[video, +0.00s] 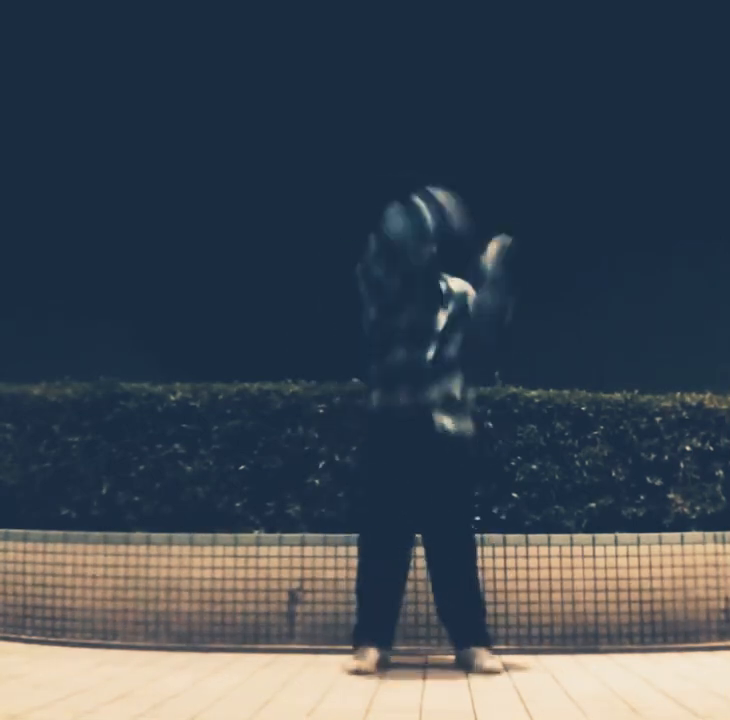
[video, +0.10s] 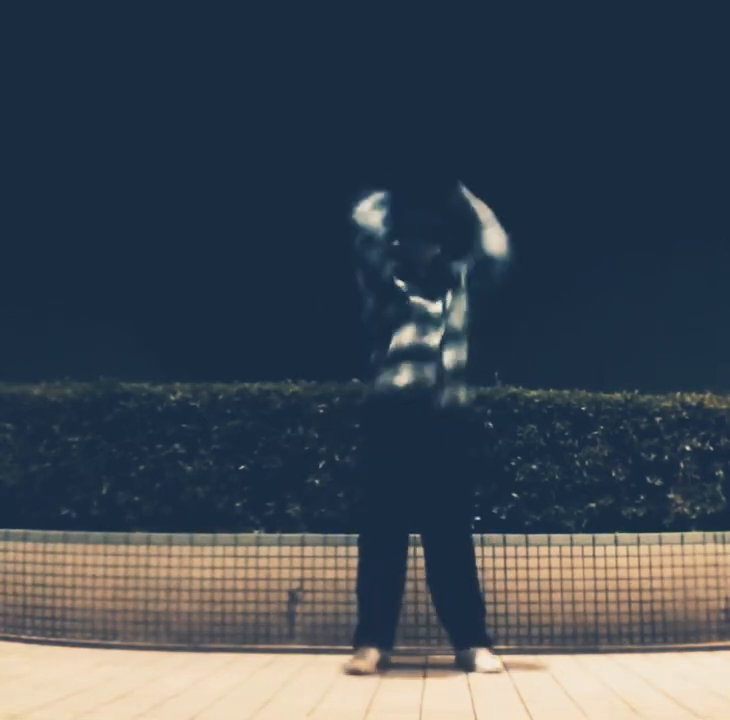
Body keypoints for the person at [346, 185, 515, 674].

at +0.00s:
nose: (409, 251)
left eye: (419, 240)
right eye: (401, 240)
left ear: (437, 242)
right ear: (389, 242)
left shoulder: (458, 292)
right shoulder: (379, 292)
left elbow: (489, 328)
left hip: (448, 427)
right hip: (390, 427)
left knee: (453, 536)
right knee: (383, 536)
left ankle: (471, 643)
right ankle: (371, 642)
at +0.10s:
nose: (427, 245)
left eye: (436, 236)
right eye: (417, 235)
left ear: (450, 239)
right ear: (399, 240)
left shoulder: (466, 278)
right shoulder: (383, 279)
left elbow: (497, 250)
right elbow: (365, 227)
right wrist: (390, 195)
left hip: (449, 415)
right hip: (390, 413)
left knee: (451, 528)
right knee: (382, 529)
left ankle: (472, 643)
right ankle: (372, 642)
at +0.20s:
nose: (426, 250)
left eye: (434, 242)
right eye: (416, 241)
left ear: (448, 248)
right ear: (401, 247)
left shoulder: (460, 291)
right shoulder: (384, 288)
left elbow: (488, 269)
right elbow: (356, 325)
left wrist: (457, 247)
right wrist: (363, 267)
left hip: (451, 426)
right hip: (391, 428)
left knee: (456, 532)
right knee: (382, 532)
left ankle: (471, 643)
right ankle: (372, 643)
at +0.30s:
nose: (412, 255)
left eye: (420, 245)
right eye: (402, 244)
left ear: (433, 247)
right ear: (386, 246)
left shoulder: (462, 291)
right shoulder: (368, 294)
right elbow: (358, 360)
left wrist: (462, 309)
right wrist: (376, 304)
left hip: (454, 431)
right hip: (391, 434)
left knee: (460, 535)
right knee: (383, 536)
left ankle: (471, 644)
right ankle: (372, 645)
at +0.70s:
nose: (412, 258)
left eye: (421, 248)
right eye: (402, 248)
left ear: (434, 233)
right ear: (388, 236)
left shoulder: (460, 262)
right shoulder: (368, 265)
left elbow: (489, 303)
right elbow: (335, 325)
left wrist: (461, 325)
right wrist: (368, 336)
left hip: (451, 418)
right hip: (383, 417)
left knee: (460, 516)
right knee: (376, 517)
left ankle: (447, 622)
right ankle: (372, 627)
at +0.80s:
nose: (405, 265)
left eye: (414, 256)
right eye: (397, 256)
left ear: (430, 251)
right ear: (383, 254)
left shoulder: (454, 293)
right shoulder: (364, 297)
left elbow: (473, 359)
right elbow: (344, 360)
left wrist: (448, 354)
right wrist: (350, 381)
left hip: (444, 431)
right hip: (379, 431)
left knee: (442, 525)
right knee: (370, 511)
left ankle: (431, 626)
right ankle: (385, 595)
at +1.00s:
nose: (393, 281)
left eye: (400, 272)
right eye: (384, 272)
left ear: (414, 274)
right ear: (371, 276)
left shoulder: (442, 321)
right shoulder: (357, 332)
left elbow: (482, 370)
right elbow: (341, 393)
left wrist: (448, 370)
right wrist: (334, 429)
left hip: (431, 466)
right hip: (371, 466)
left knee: (430, 550)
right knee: (352, 550)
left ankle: (430, 629)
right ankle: (336, 649)